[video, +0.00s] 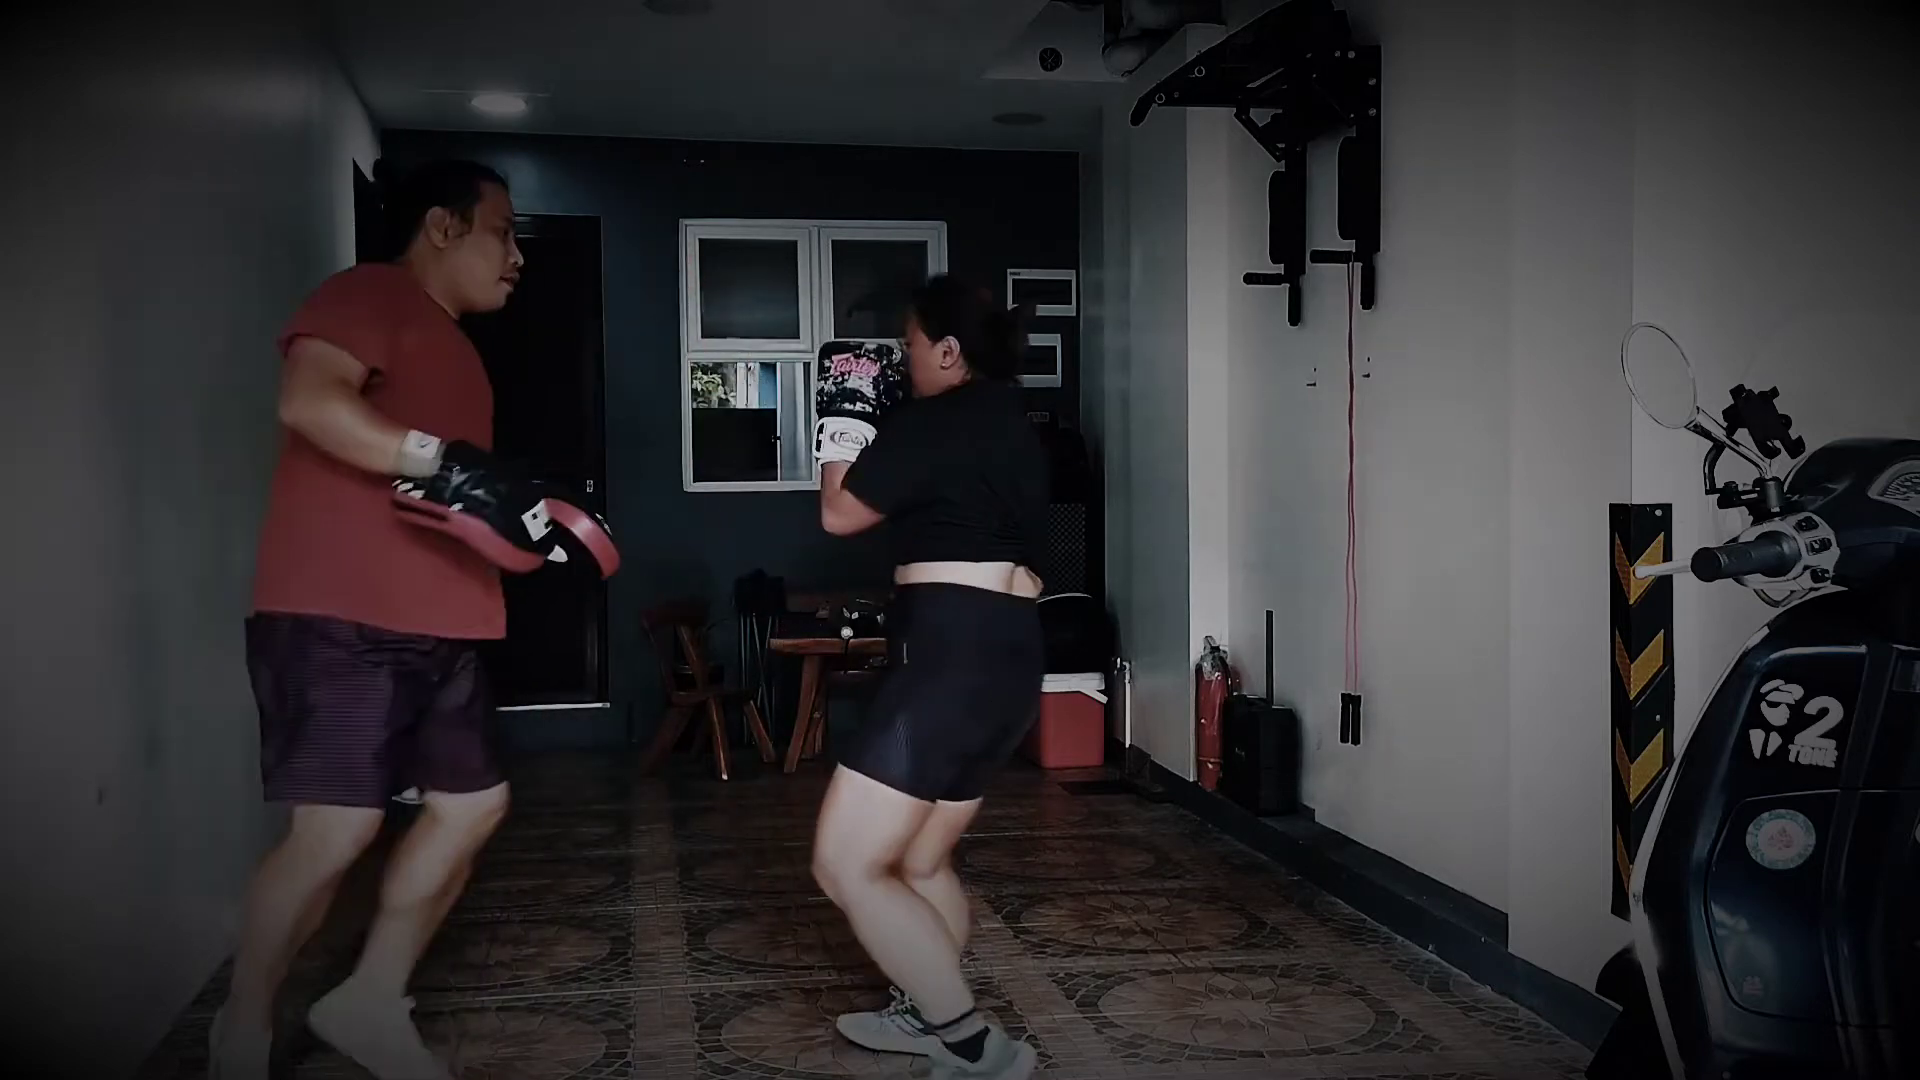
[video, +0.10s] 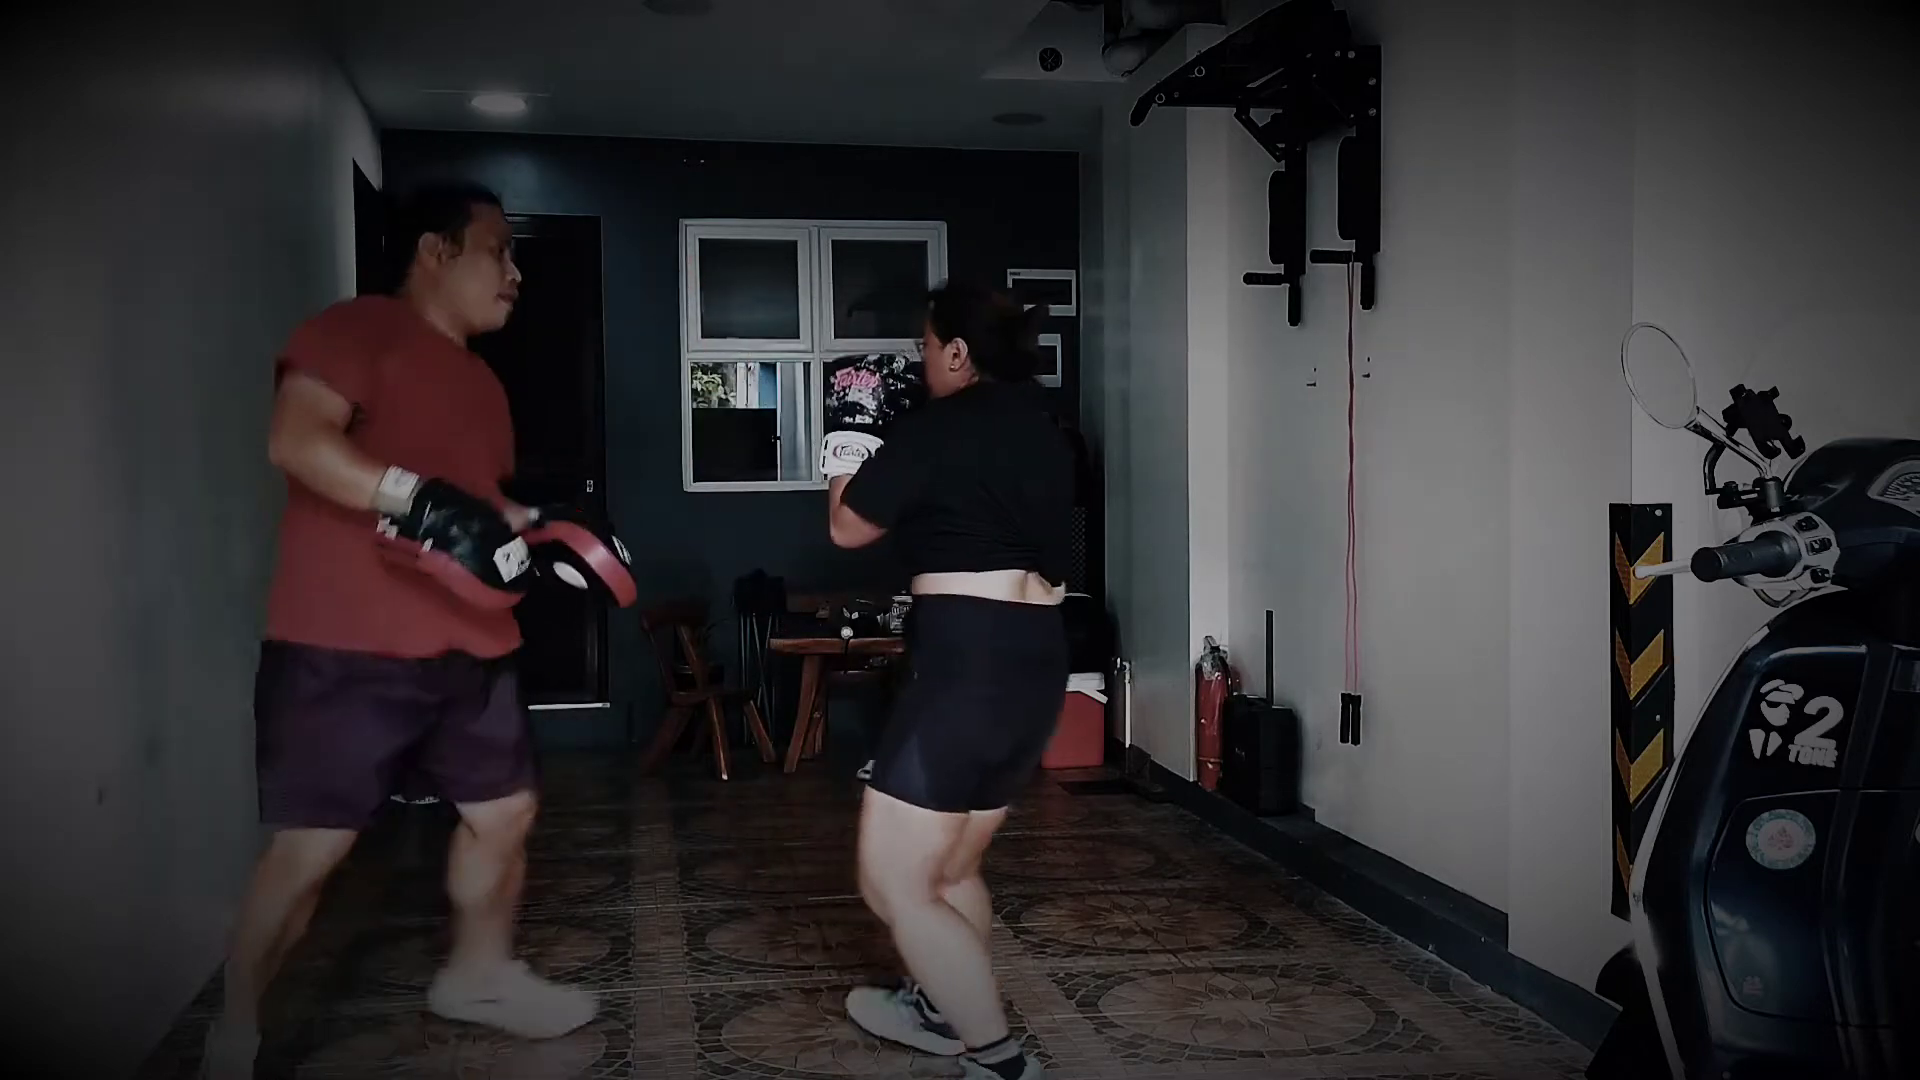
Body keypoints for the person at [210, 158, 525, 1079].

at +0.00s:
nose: (515, 256)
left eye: (515, 237)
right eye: (502, 234)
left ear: (452, 236)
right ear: (440, 230)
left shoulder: (454, 351)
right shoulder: (366, 294)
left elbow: (445, 479)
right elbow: (308, 399)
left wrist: (518, 510)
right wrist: (448, 467)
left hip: (437, 629)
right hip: (334, 619)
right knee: (335, 823)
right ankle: (243, 1025)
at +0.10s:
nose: (513, 273)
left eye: (512, 255)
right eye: (497, 252)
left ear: (459, 260)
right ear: (435, 254)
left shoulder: (485, 387)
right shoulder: (356, 329)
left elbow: (480, 504)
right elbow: (296, 440)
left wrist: (539, 537)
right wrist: (419, 503)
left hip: (466, 646)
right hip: (344, 645)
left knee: (502, 806)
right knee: (313, 840)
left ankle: (478, 975)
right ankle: (236, 1020)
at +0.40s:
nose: (592, 325)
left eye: (595, 311)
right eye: (573, 310)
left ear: (594, 326)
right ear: (516, 320)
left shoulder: (601, 419)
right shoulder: (446, 397)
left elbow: (608, 527)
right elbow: (377, 510)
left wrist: (615, 586)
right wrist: (432, 591)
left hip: (551, 672)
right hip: (429, 671)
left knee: (592, 804)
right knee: (364, 825)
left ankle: (580, 971)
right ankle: (277, 1017)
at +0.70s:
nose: (608, 324)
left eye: (613, 310)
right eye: (590, 307)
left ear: (618, 321)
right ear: (539, 315)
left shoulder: (623, 413)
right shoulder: (470, 389)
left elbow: (654, 516)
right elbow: (408, 494)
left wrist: (681, 479)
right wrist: (487, 527)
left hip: (582, 648)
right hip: (468, 649)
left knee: (600, 793)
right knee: (449, 805)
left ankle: (585, 963)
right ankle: (444, 932)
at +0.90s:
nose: (600, 345)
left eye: (605, 330)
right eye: (582, 330)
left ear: (609, 337)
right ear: (531, 334)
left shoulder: (617, 419)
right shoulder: (466, 403)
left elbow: (678, 502)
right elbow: (417, 514)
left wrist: (699, 432)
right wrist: (495, 502)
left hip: (589, 649)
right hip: (471, 658)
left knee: (657, 765)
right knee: (452, 812)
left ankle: (686, 928)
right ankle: (448, 939)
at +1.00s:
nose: (613, 351)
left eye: (619, 337)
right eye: (596, 336)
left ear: (624, 342)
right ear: (546, 338)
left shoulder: (637, 420)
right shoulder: (480, 405)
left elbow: (698, 499)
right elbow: (434, 514)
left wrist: (714, 424)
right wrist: (504, 497)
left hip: (604, 661)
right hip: (485, 665)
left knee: (669, 785)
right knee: (459, 816)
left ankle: (739, 931)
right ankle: (450, 940)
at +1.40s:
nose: (650, 366)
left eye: (660, 352)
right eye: (634, 349)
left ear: (668, 357)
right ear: (589, 350)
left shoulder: (672, 429)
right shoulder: (529, 420)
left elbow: (723, 516)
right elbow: (491, 528)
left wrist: (745, 455)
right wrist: (564, 519)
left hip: (652, 667)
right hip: (535, 671)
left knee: (711, 784)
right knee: (481, 817)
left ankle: (736, 938)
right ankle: (451, 939)